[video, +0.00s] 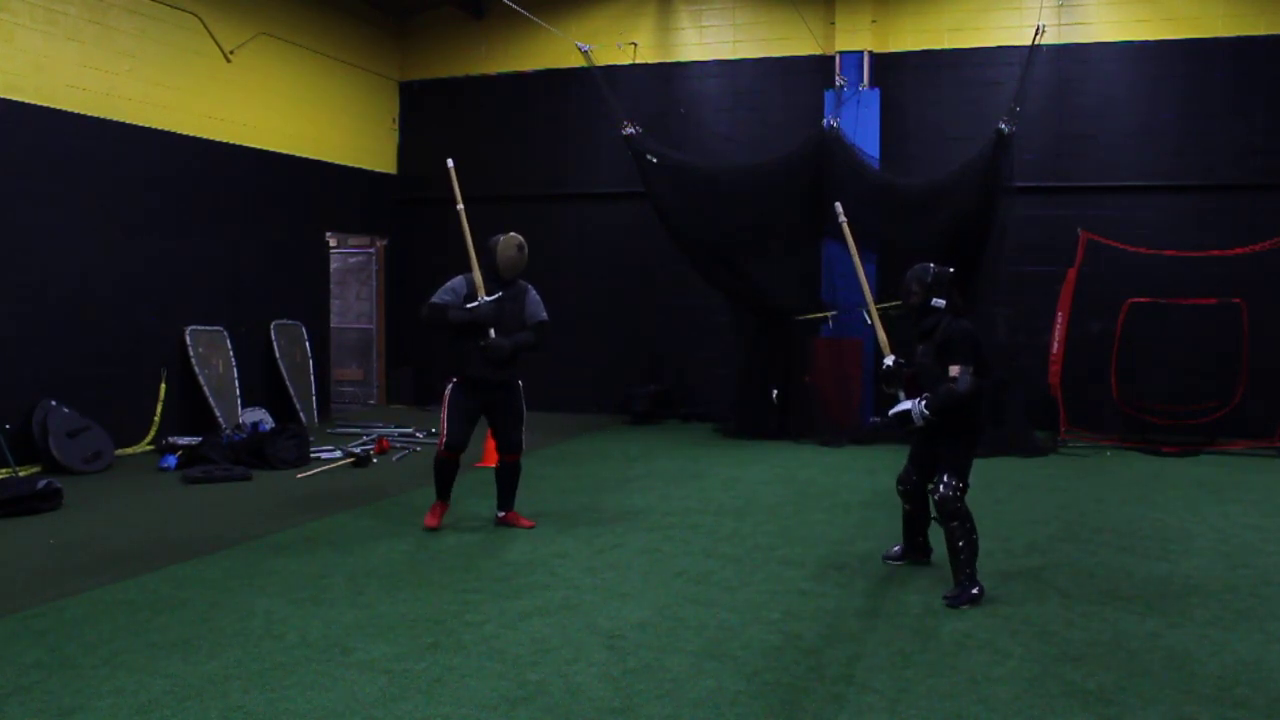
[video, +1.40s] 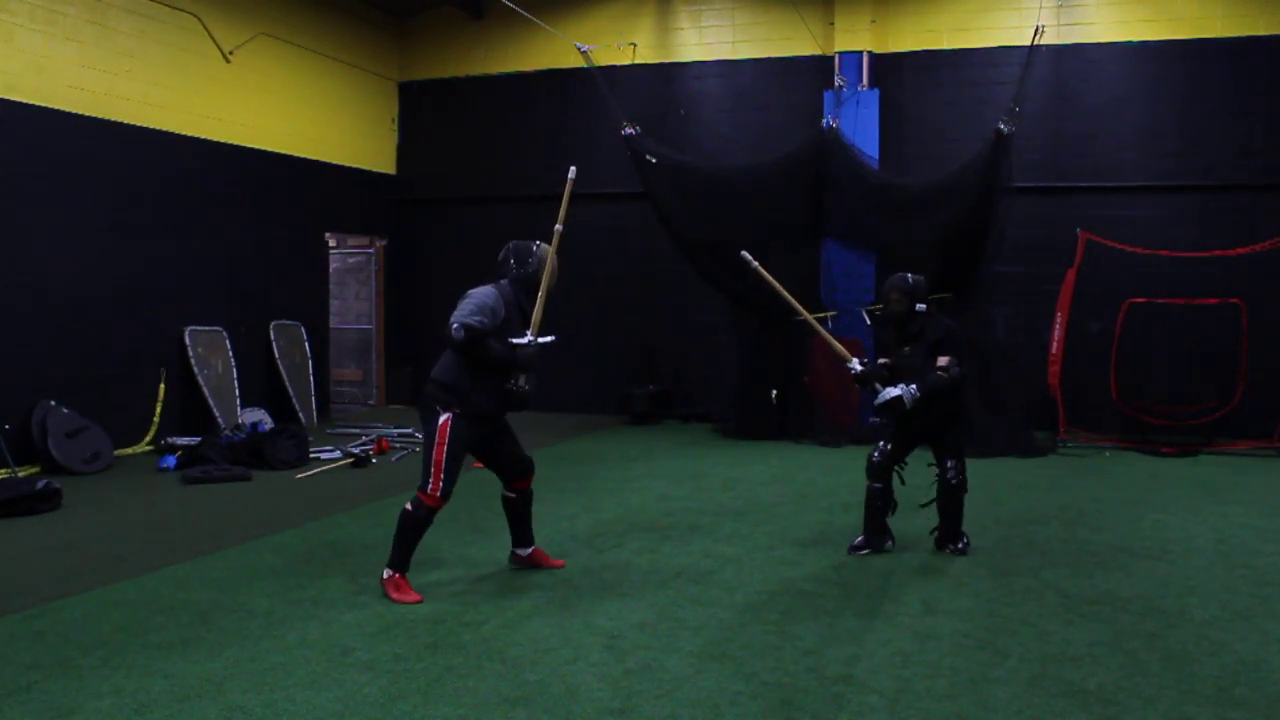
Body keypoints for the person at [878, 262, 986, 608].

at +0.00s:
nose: (908, 298)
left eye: (914, 291)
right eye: (908, 290)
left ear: (930, 294)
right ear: (928, 294)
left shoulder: (955, 330)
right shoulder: (922, 330)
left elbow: (960, 385)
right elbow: (918, 380)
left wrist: (926, 405)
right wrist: (895, 374)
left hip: (960, 425)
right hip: (934, 423)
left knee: (948, 495)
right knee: (911, 484)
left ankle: (967, 581)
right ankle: (915, 547)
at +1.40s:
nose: (891, 304)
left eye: (898, 298)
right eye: (889, 298)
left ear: (914, 300)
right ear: (886, 300)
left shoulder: (939, 328)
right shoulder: (888, 329)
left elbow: (945, 374)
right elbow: (886, 373)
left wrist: (912, 392)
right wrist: (865, 372)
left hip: (943, 412)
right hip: (907, 412)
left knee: (952, 474)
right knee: (878, 464)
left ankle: (951, 536)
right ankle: (876, 534)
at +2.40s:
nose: (840, 308)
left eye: (846, 302)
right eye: (837, 302)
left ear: (863, 304)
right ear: (832, 303)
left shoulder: (886, 331)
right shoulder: (837, 336)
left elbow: (898, 373)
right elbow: (835, 377)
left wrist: (865, 391)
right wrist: (814, 377)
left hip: (892, 420)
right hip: (855, 420)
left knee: (908, 479)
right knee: (813, 462)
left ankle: (917, 545)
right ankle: (810, 534)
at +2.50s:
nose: (843, 312)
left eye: (851, 306)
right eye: (841, 305)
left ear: (866, 309)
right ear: (835, 306)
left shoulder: (884, 336)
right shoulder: (830, 339)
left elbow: (890, 361)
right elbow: (812, 382)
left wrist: (852, 355)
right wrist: (797, 362)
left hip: (887, 430)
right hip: (849, 429)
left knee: (904, 488)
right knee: (808, 475)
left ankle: (924, 545)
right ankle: (768, 535)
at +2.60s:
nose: (846, 322)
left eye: (853, 317)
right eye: (843, 316)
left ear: (867, 321)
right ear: (837, 316)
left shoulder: (881, 349)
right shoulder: (831, 346)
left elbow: (878, 370)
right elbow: (807, 368)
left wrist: (841, 363)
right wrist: (788, 349)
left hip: (872, 441)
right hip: (832, 438)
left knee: (895, 496)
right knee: (787, 476)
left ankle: (923, 546)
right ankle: (755, 544)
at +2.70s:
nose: (838, 329)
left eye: (846, 325)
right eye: (837, 323)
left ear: (860, 328)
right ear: (832, 323)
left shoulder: (868, 358)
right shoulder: (824, 347)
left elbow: (847, 390)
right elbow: (794, 369)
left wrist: (811, 378)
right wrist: (788, 341)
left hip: (854, 448)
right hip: (813, 444)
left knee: (885, 502)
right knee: (767, 470)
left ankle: (921, 545)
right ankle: (738, 540)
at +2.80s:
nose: (818, 337)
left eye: (826, 333)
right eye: (818, 331)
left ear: (841, 339)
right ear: (815, 331)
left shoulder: (846, 371)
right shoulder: (809, 352)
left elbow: (803, 388)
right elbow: (783, 349)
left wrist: (768, 366)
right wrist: (770, 327)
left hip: (833, 456)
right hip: (795, 452)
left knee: (868, 511)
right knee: (748, 483)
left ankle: (914, 546)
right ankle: (711, 550)